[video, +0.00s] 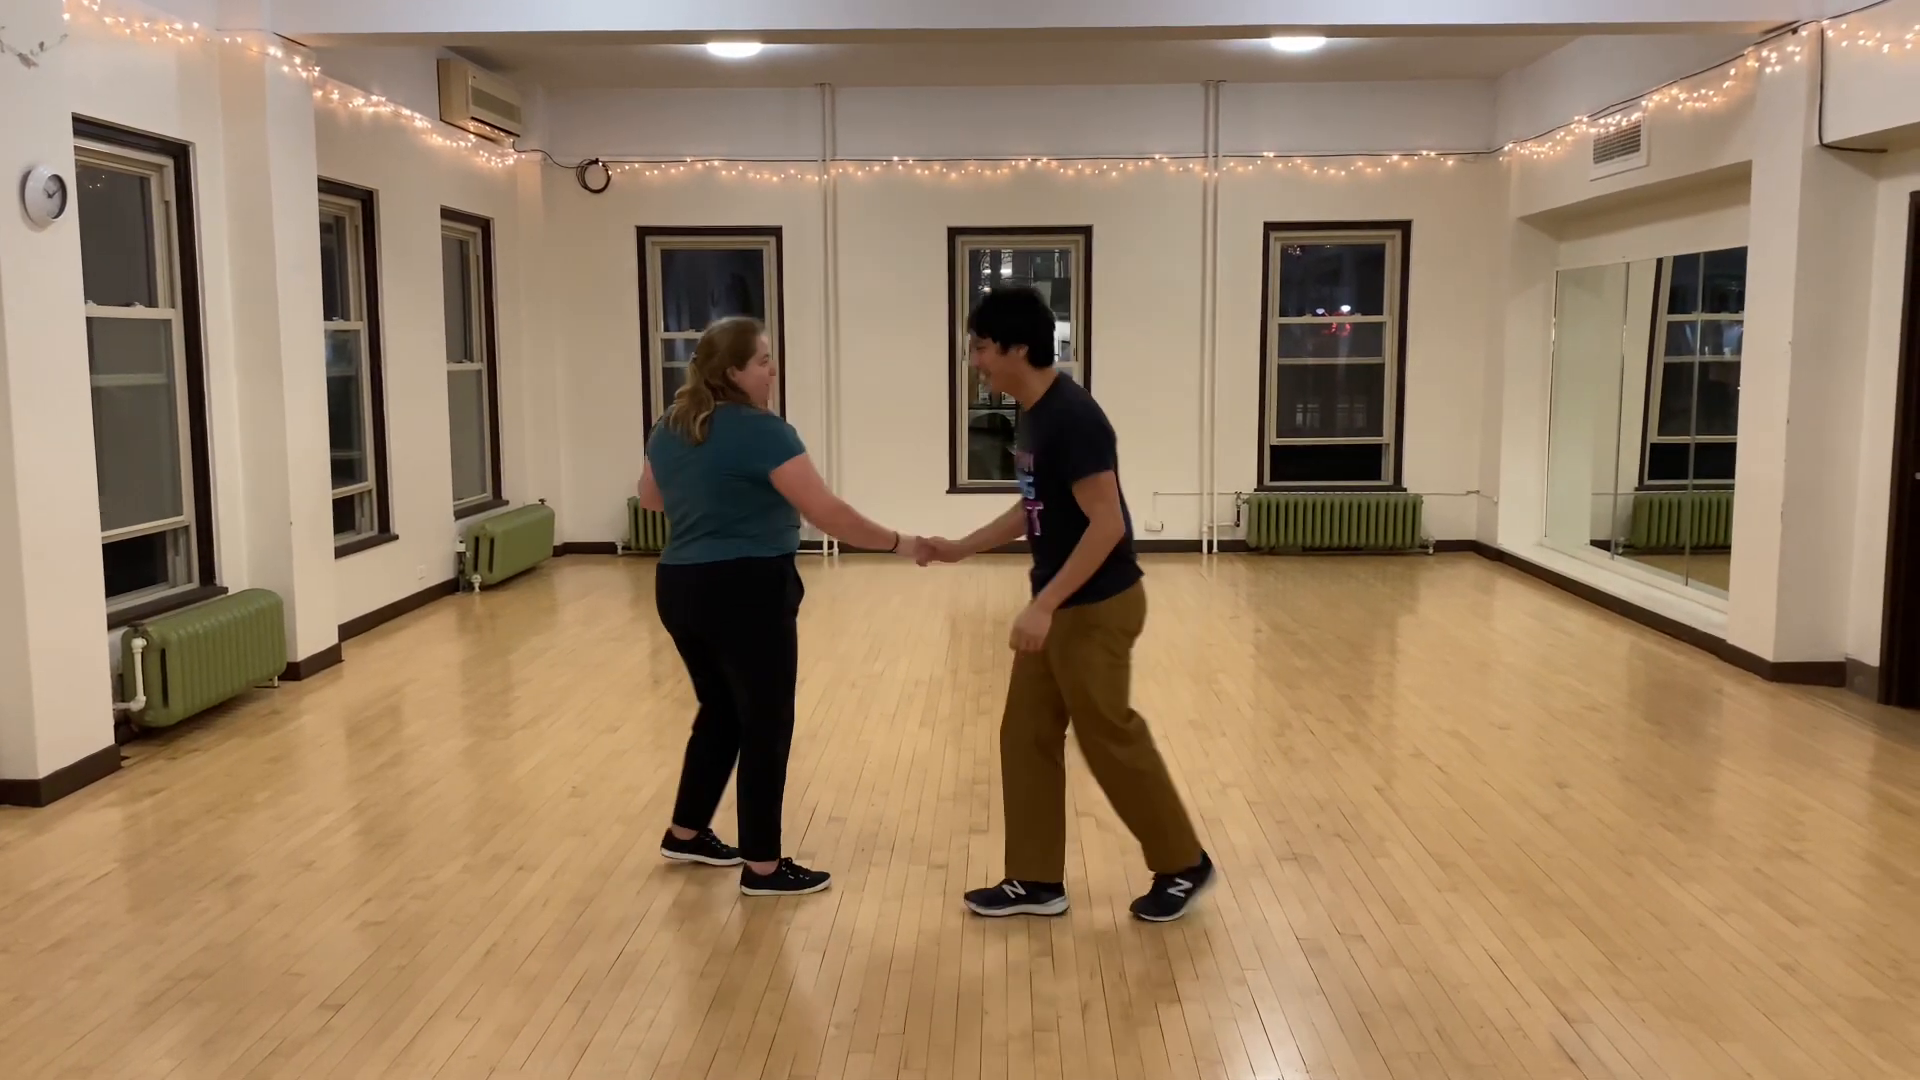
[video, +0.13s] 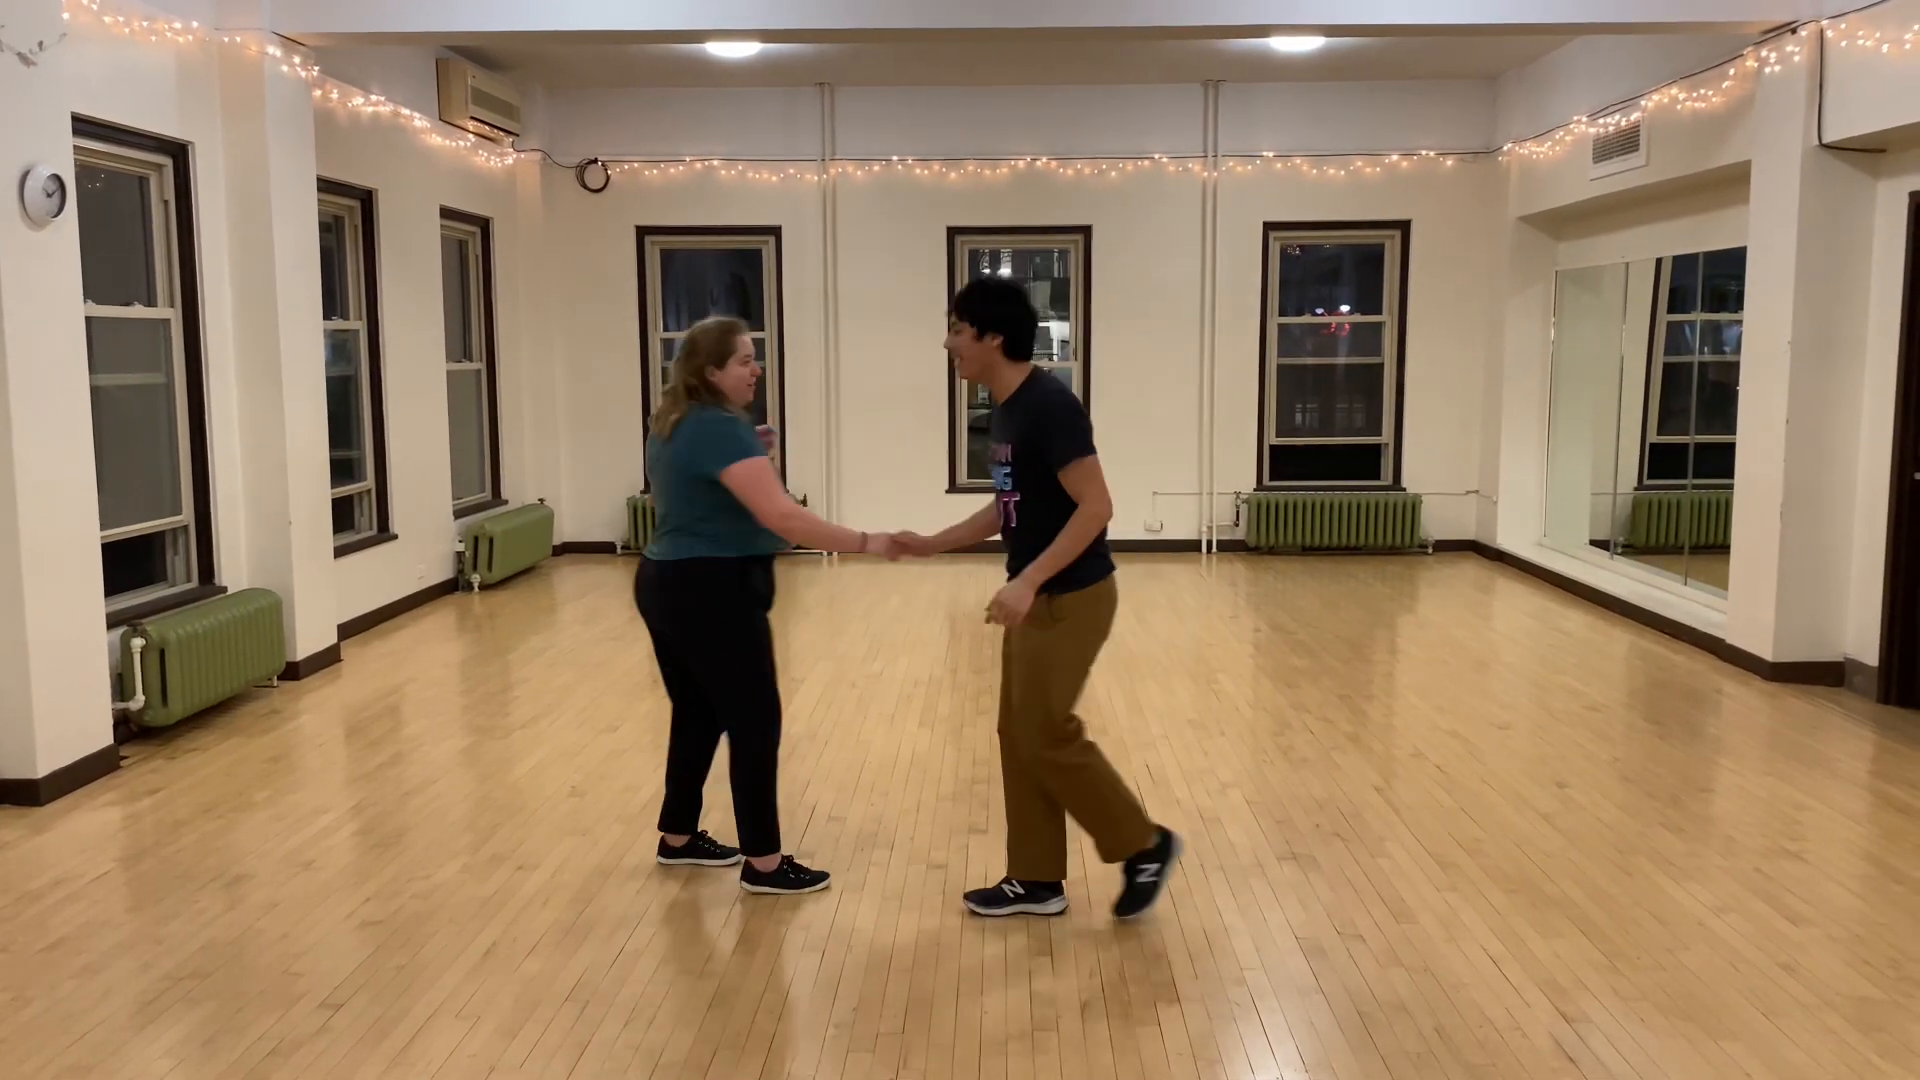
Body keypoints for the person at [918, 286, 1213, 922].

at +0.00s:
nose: (976, 362)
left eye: (981, 349)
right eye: (975, 349)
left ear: (1016, 350)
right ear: (1020, 350)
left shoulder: (1072, 416)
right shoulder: (1033, 414)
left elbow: (1109, 523)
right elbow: (1035, 512)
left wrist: (1045, 602)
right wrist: (961, 548)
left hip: (1099, 604)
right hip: (1054, 602)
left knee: (1107, 734)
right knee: (1028, 737)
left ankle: (1184, 864)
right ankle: (1037, 880)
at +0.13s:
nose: (950, 346)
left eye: (958, 333)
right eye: (951, 333)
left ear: (994, 339)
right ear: (993, 341)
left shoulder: (1050, 406)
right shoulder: (1009, 410)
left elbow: (1096, 508)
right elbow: (1011, 508)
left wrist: (1029, 580)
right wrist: (935, 543)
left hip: (1074, 596)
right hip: (1036, 596)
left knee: (1043, 731)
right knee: (1020, 733)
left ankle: (1146, 845)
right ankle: (1037, 881)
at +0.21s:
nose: (936, 343)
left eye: (944, 331)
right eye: (938, 330)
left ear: (980, 338)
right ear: (976, 336)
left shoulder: (1038, 403)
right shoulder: (993, 411)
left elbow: (1087, 502)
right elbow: (987, 507)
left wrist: (1017, 569)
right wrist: (903, 536)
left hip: (1059, 591)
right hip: (1026, 591)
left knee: (1006, 727)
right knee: (1013, 728)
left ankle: (1098, 855)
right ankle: (1035, 878)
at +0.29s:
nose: (926, 343)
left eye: (936, 331)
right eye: (929, 331)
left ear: (970, 339)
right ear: (968, 341)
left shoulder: (1028, 406)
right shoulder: (977, 419)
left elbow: (1078, 500)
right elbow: (954, 512)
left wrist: (1009, 562)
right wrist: (867, 529)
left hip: (1046, 597)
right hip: (1021, 594)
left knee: (973, 726)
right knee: (1005, 726)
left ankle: (1031, 876)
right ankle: (1033, 873)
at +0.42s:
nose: (913, 350)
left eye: (922, 338)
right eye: (916, 337)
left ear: (957, 347)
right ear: (956, 347)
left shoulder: (1016, 412)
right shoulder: (957, 423)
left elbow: (1067, 504)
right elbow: (916, 515)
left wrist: (994, 564)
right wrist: (820, 529)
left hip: (1031, 602)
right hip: (997, 599)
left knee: (938, 724)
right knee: (983, 735)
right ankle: (1031, 877)